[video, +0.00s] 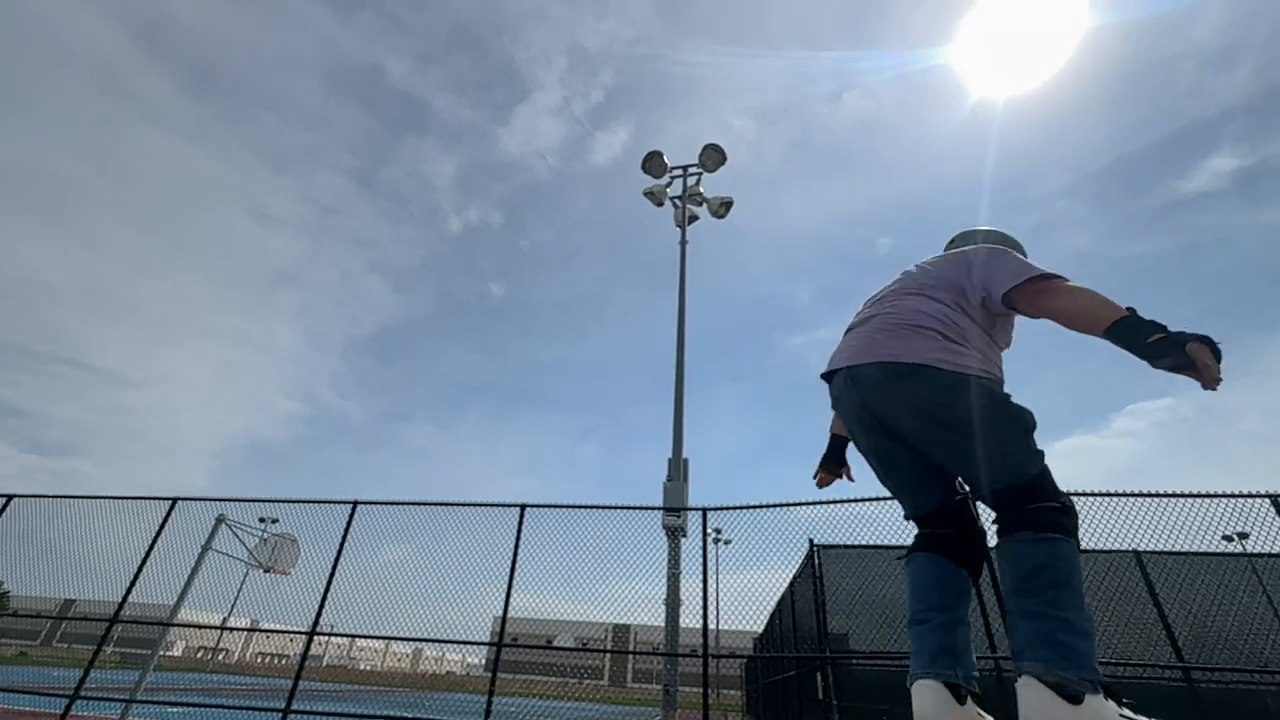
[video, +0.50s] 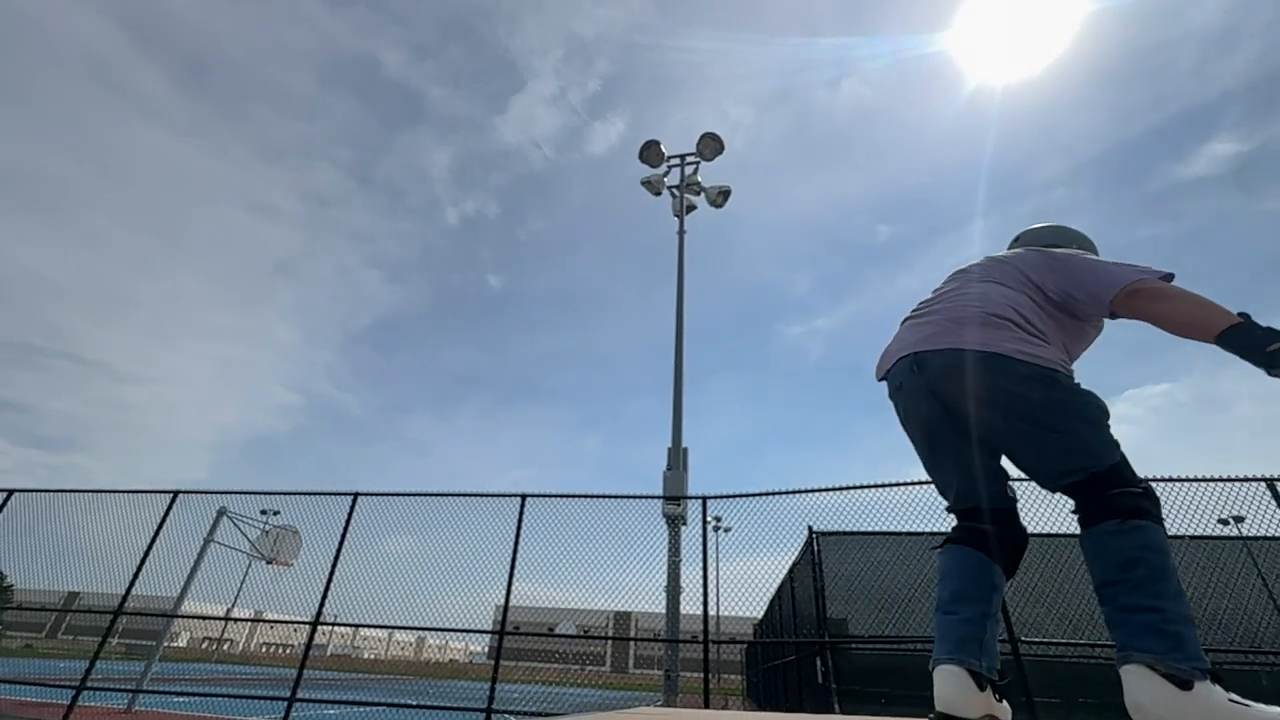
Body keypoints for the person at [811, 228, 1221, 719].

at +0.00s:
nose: (1021, 272)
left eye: (1020, 266)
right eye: (1016, 264)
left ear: (953, 251)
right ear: (999, 253)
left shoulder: (906, 284)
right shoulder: (988, 257)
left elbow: (855, 369)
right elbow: (1051, 296)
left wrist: (837, 445)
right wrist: (1153, 339)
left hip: (854, 383)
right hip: (928, 365)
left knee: (945, 524)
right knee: (1034, 506)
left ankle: (936, 685)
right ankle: (1060, 683)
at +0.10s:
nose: (1038, 274)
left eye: (1036, 268)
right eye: (1033, 266)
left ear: (970, 248)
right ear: (1015, 252)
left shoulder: (920, 279)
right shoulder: (1006, 258)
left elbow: (866, 372)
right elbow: (1076, 296)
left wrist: (857, 456)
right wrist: (1184, 340)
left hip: (863, 376)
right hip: (943, 360)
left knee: (953, 524)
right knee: (1052, 503)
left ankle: (942, 678)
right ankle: (1082, 678)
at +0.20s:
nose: (1060, 275)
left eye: (1056, 268)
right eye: (1054, 266)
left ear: (987, 248)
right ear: (1034, 252)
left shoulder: (940, 275)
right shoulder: (1027, 258)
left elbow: (898, 370)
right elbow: (1098, 295)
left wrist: (888, 461)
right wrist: (1217, 341)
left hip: (876, 373)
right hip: (959, 356)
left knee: (964, 525)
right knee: (1072, 502)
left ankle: (948, 677)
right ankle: (1105, 677)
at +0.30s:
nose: (1071, 276)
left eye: (1068, 270)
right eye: (1065, 266)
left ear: (998, 250)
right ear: (1050, 255)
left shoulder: (952, 276)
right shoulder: (1044, 262)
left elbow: (932, 383)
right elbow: (1121, 296)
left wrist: (918, 476)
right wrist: (1235, 342)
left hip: (886, 372)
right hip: (975, 354)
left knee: (971, 521)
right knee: (1088, 499)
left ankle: (955, 676)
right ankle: (1127, 677)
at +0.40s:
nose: (1084, 268)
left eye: (1080, 261)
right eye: (1078, 259)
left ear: (1009, 245)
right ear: (1063, 250)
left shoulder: (961, 271)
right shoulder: (1060, 258)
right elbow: (1133, 292)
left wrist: (943, 475)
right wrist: (1246, 337)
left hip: (897, 365)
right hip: (993, 353)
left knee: (976, 517)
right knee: (1099, 493)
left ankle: (956, 669)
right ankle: (1145, 670)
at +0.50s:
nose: (1095, 277)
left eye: (1091, 271)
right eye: (1089, 267)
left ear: (1019, 250)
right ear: (1073, 256)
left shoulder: (972, 275)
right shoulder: (1069, 262)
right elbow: (1152, 297)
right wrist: (1254, 339)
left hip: (909, 368)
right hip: (1004, 354)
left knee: (983, 522)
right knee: (1113, 496)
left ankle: (959, 671)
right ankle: (1166, 674)